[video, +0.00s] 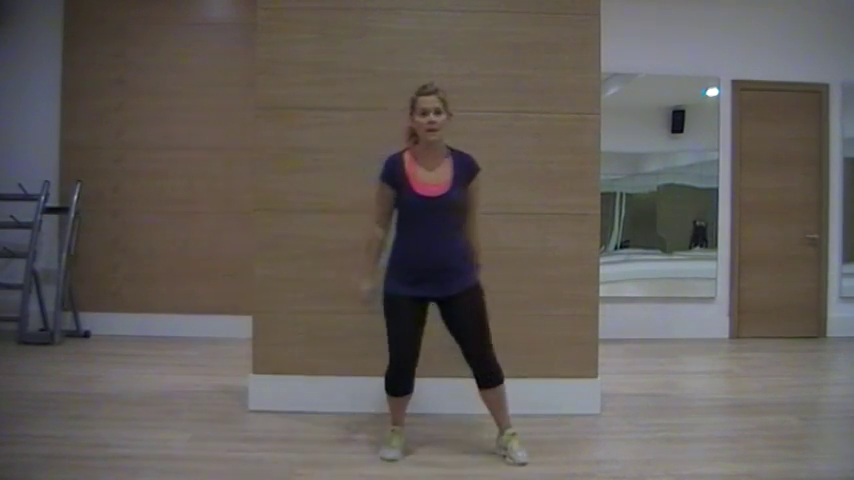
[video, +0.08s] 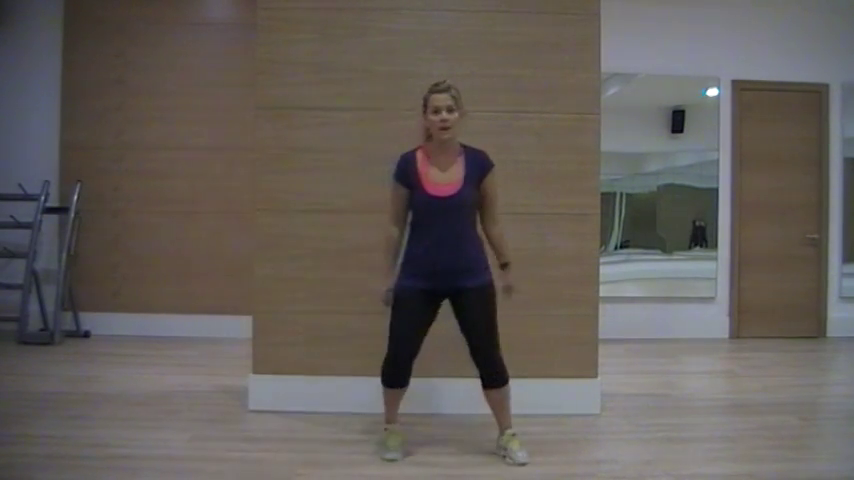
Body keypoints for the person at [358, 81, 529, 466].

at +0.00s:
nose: (431, 119)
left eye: (437, 112)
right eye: (423, 113)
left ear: (448, 117)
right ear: (412, 120)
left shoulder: (464, 165)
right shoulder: (396, 166)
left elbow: (471, 223)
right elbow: (380, 223)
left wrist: (475, 270)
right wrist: (369, 273)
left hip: (456, 277)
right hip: (406, 279)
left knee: (482, 356)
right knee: (401, 362)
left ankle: (507, 433)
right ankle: (396, 432)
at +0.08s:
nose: (443, 117)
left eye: (450, 110)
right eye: (435, 111)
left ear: (460, 115)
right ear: (424, 118)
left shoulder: (478, 162)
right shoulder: (409, 164)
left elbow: (491, 220)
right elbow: (396, 224)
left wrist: (505, 264)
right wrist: (390, 276)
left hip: (470, 275)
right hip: (419, 275)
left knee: (488, 356)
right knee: (399, 354)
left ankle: (507, 433)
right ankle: (390, 429)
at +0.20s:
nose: (455, 111)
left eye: (461, 104)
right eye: (447, 104)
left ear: (472, 109)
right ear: (436, 111)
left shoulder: (490, 156)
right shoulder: (421, 156)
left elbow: (507, 213)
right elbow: (409, 218)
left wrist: (528, 257)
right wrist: (403, 270)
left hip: (481, 271)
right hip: (429, 269)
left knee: (492, 355)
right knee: (394, 346)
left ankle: (507, 434)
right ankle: (374, 424)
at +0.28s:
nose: (457, 111)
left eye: (464, 103)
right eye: (449, 104)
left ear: (476, 108)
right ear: (439, 111)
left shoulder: (493, 154)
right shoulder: (424, 155)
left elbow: (512, 211)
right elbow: (413, 215)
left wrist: (530, 255)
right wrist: (406, 266)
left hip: (483, 268)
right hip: (432, 266)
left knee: (493, 353)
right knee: (398, 346)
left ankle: (509, 434)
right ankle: (360, 424)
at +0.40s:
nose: (458, 113)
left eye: (464, 106)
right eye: (450, 107)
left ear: (476, 110)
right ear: (440, 113)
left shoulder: (494, 157)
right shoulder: (425, 154)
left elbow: (508, 214)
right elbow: (411, 214)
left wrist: (522, 258)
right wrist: (403, 266)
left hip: (481, 270)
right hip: (429, 268)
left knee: (492, 353)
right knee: (398, 348)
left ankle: (509, 435)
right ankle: (358, 428)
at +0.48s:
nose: (454, 114)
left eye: (461, 106)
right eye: (446, 107)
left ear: (473, 110)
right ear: (436, 112)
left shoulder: (489, 157)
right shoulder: (420, 154)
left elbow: (501, 214)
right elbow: (406, 215)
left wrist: (513, 261)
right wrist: (397, 267)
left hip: (476, 270)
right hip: (424, 268)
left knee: (490, 354)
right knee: (392, 349)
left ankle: (509, 434)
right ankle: (355, 428)